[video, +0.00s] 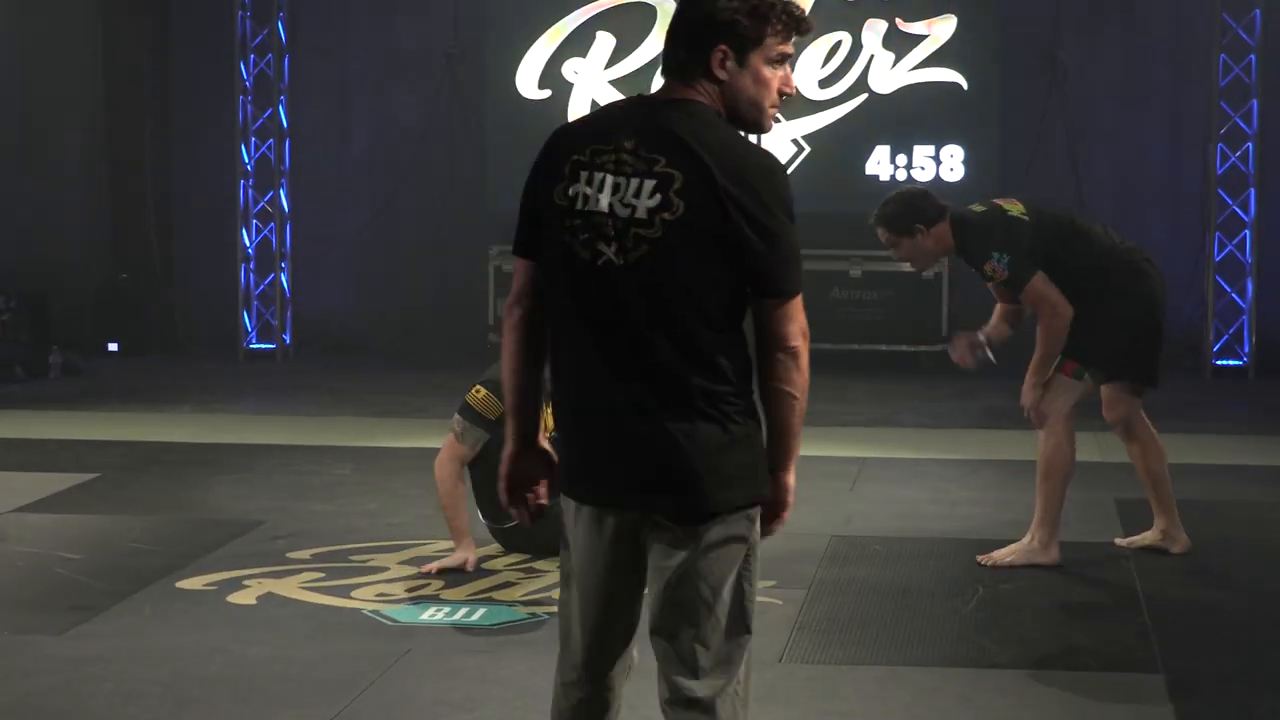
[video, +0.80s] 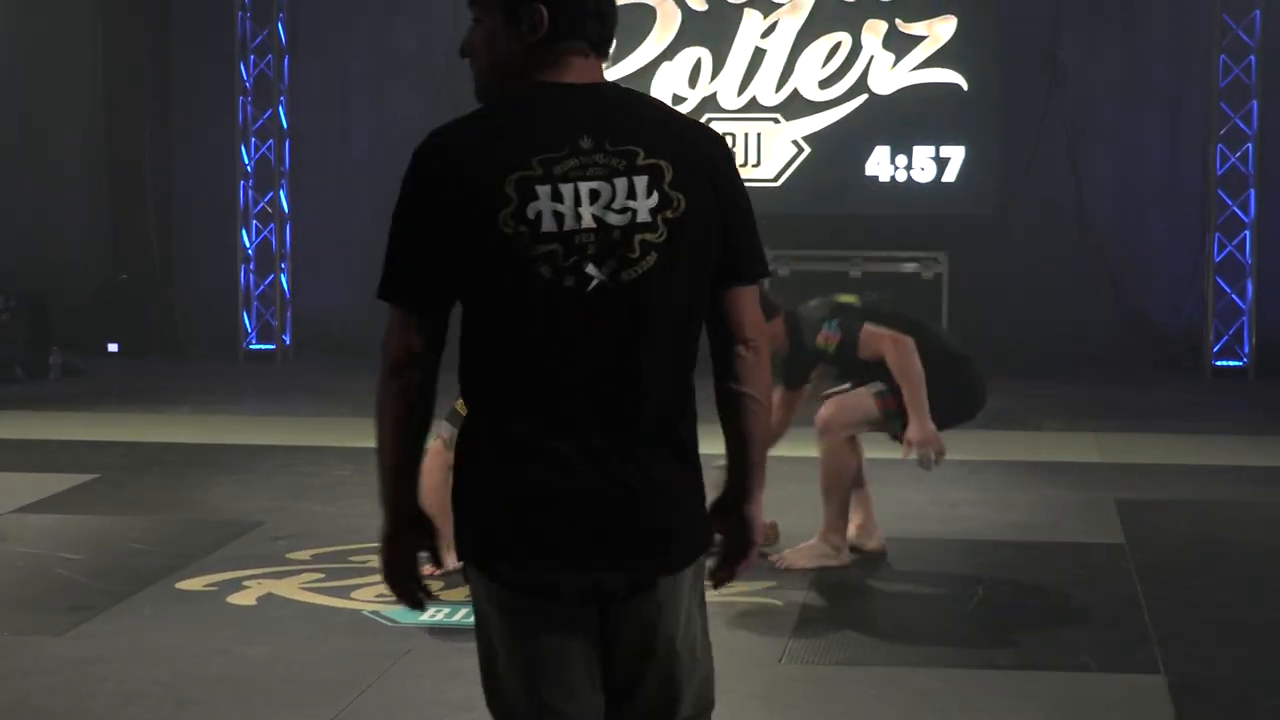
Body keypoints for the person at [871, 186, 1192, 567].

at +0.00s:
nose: (899, 258)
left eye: (897, 247)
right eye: (893, 250)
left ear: (924, 232)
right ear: (924, 230)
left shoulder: (985, 240)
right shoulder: (976, 230)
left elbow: (1056, 311)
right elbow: (1011, 307)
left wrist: (1034, 381)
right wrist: (983, 338)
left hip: (1110, 298)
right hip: (1134, 288)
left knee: (1053, 407)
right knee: (1122, 409)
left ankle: (1041, 541)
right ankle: (1169, 527)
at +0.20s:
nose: (865, 249)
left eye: (864, 238)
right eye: (860, 241)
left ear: (893, 224)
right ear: (896, 218)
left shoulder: (951, 232)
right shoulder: (948, 221)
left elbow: (1015, 312)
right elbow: (1007, 306)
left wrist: (1004, 389)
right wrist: (1014, 378)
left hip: (1084, 292)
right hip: (1090, 286)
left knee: (1031, 412)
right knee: (1053, 405)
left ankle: (1041, 542)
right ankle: (1128, 505)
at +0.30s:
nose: (848, 244)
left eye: (847, 234)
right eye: (842, 236)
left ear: (874, 220)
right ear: (878, 215)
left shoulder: (934, 235)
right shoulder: (929, 219)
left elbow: (988, 313)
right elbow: (988, 305)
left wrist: (984, 389)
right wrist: (984, 371)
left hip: (1067, 291)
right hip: (1055, 288)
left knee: (1017, 411)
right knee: (1007, 399)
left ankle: (1041, 543)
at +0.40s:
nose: (828, 243)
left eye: (827, 232)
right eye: (823, 235)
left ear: (854, 217)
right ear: (858, 214)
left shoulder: (910, 234)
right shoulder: (907, 219)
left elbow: (959, 314)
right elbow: (954, 308)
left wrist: (954, 393)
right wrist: (942, 367)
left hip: (1045, 294)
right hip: (1010, 295)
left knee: (997, 415)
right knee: (968, 401)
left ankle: (1040, 541)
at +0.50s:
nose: (808, 251)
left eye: (805, 240)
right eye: (802, 243)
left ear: (829, 224)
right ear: (834, 220)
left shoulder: (886, 230)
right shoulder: (882, 221)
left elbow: (934, 311)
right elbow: (925, 312)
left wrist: (915, 392)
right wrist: (909, 384)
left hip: (1017, 301)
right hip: (981, 302)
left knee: (966, 422)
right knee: (928, 399)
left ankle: (1034, 532)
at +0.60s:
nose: (790, 272)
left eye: (786, 262)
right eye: (784, 265)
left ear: (804, 245)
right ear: (807, 243)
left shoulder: (861, 246)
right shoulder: (852, 257)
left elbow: (922, 314)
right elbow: (883, 343)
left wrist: (888, 394)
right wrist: (875, 416)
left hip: (992, 312)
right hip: (957, 314)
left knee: (913, 409)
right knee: (891, 408)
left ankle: (980, 509)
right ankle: (875, 526)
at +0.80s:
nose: (747, 347)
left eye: (747, 337)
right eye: (742, 342)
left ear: (771, 320)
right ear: (772, 318)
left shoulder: (818, 328)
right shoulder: (798, 344)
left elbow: (898, 345)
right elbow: (778, 418)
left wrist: (920, 420)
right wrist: (741, 456)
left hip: (951, 382)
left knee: (832, 418)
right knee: (831, 408)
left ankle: (831, 542)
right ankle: (864, 528)